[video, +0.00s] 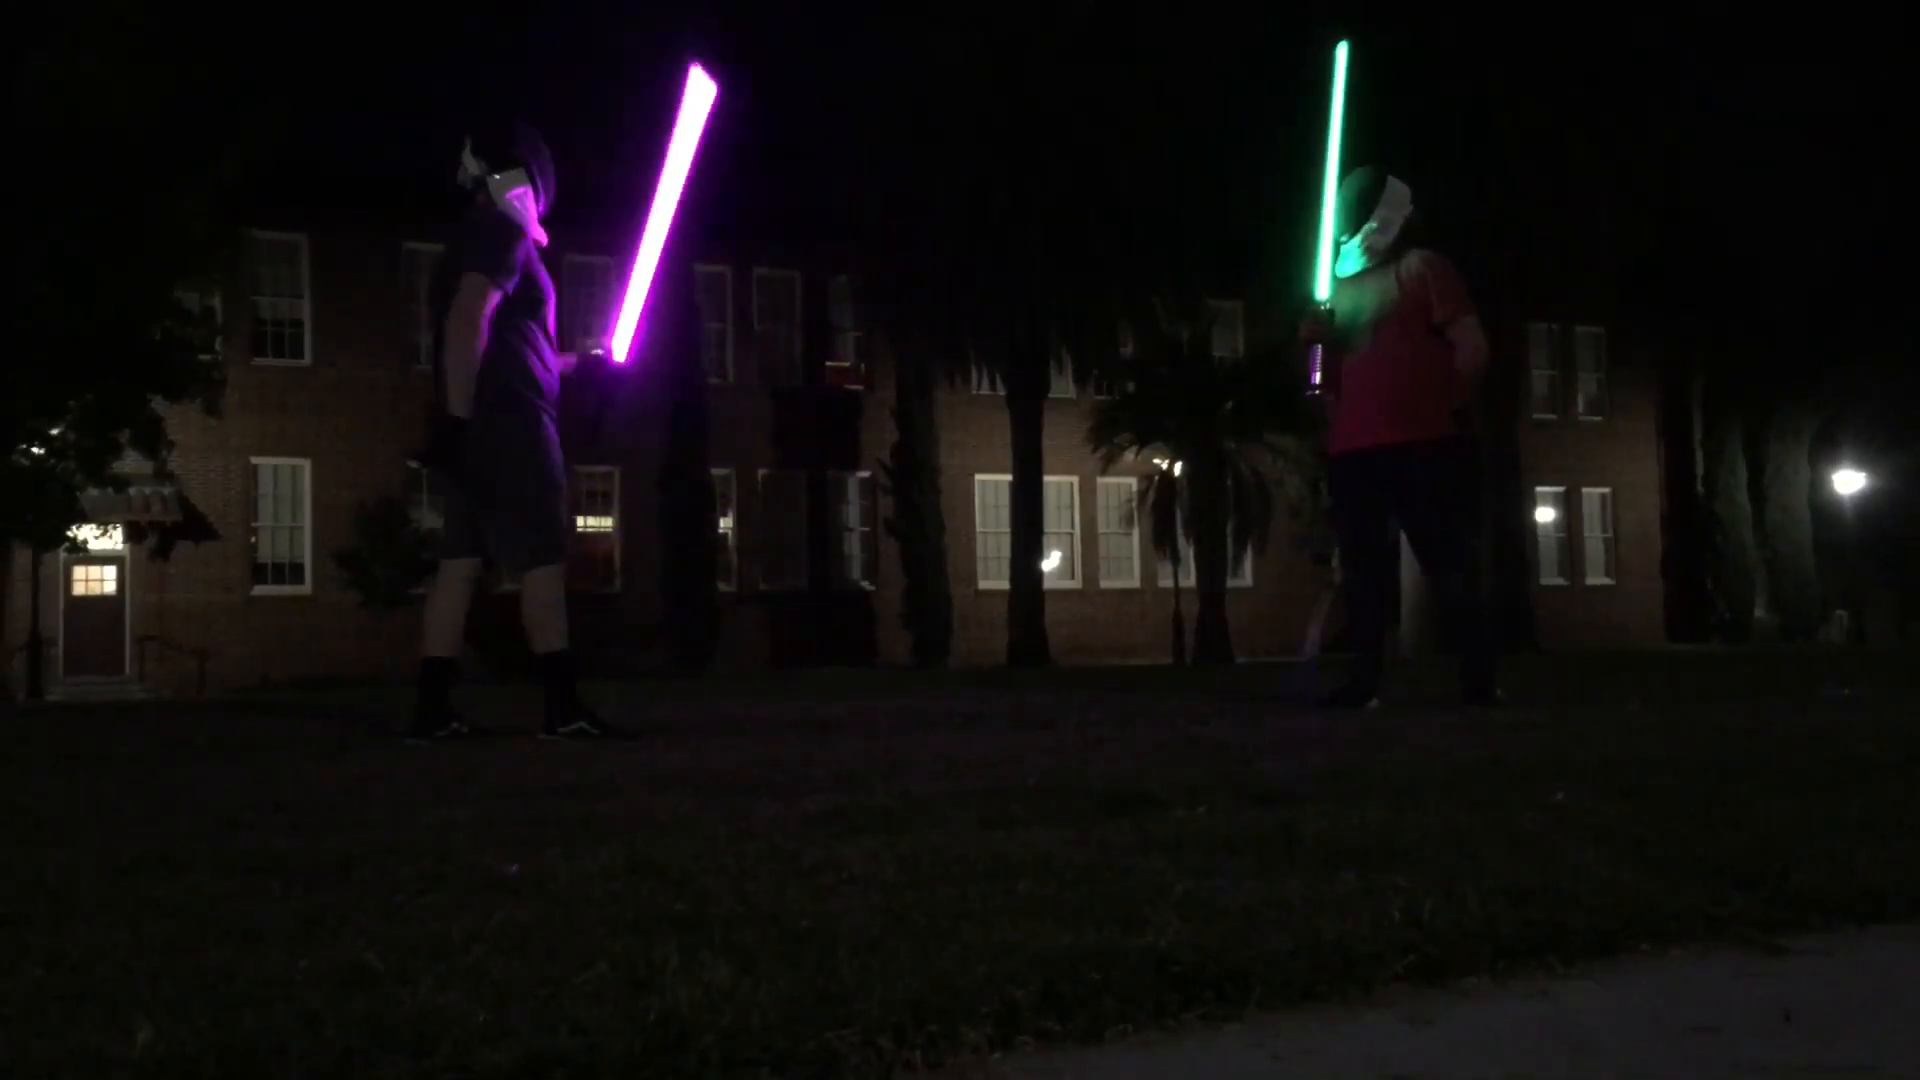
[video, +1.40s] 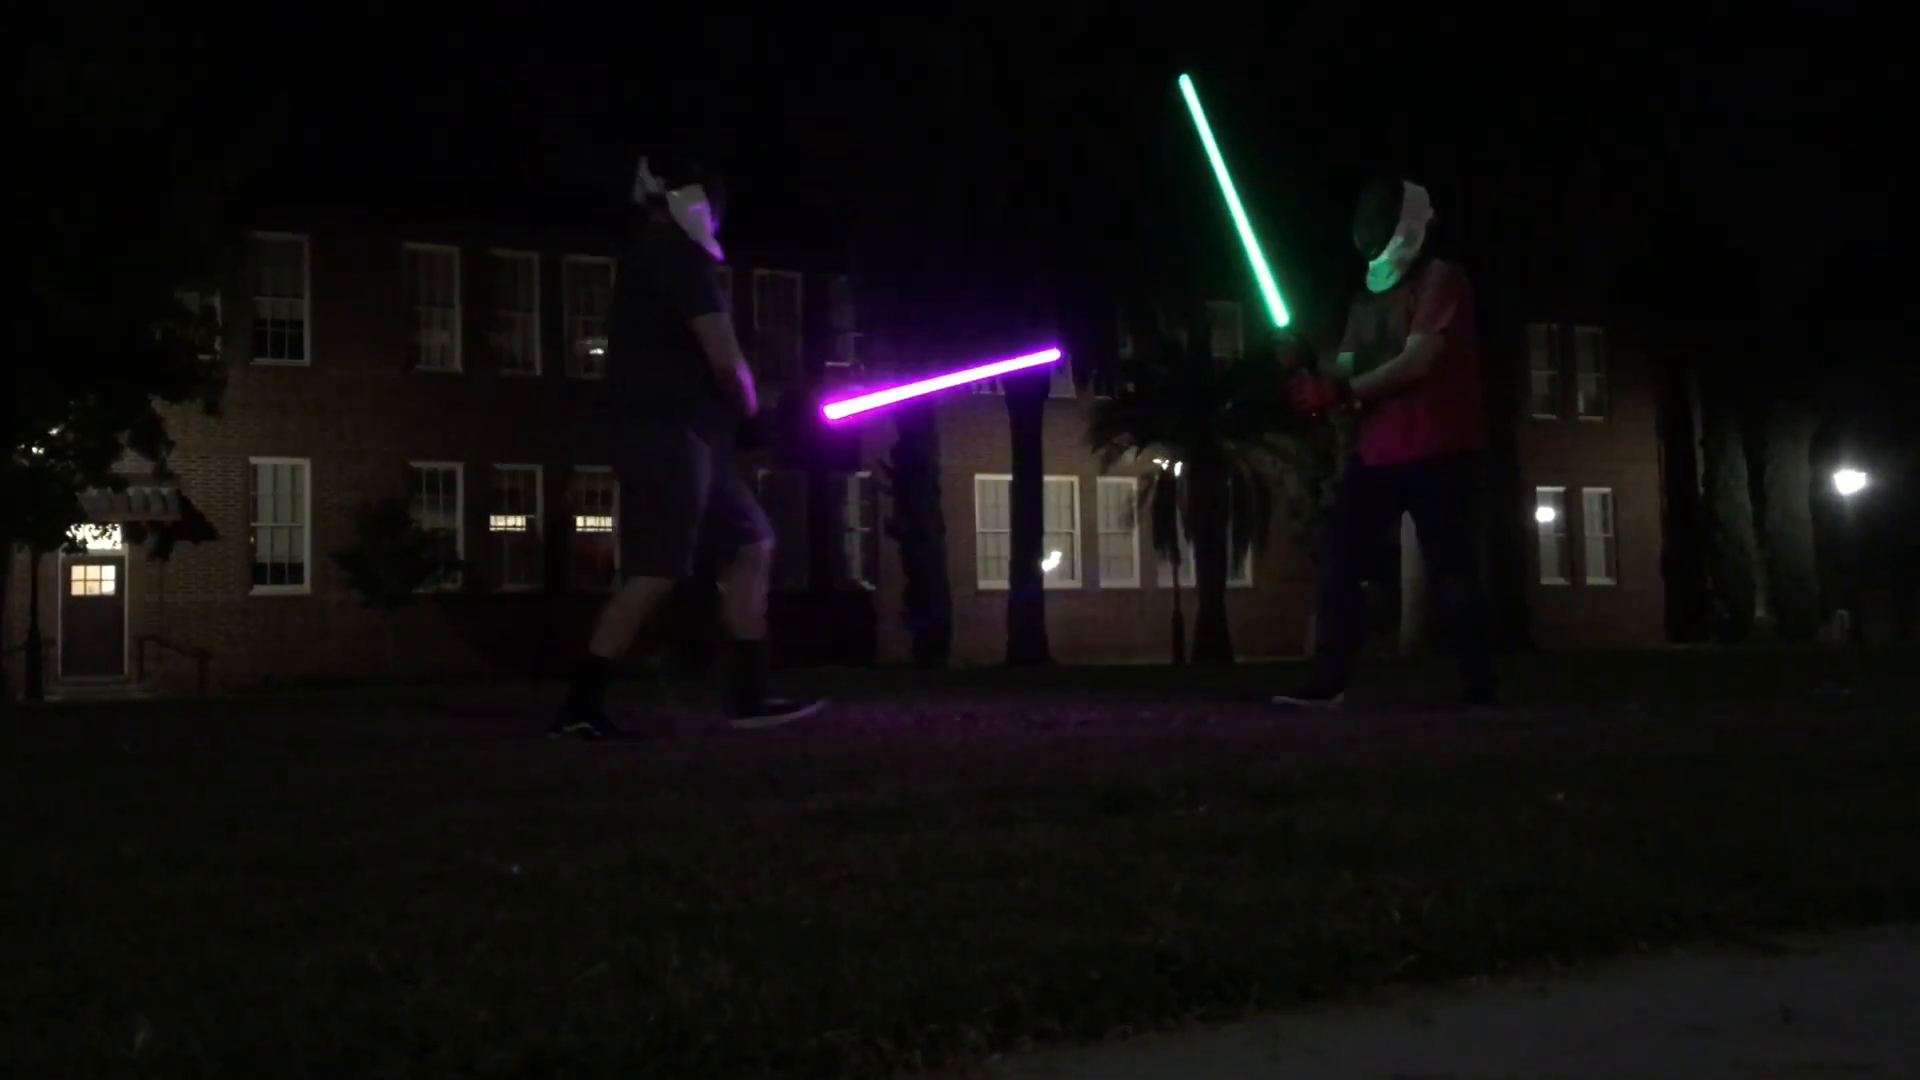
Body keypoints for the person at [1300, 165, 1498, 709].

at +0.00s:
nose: (1365, 233)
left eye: (1373, 221)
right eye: (1358, 222)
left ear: (1393, 220)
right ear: (1353, 223)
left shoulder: (1421, 271)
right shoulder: (1341, 284)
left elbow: (1470, 345)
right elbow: (1330, 372)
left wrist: (1439, 399)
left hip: (1422, 446)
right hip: (1356, 452)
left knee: (1449, 570)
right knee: (1364, 574)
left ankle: (1473, 678)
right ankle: (1360, 680)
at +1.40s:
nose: (1376, 249)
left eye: (1386, 235)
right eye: (1371, 239)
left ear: (1413, 231)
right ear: (1369, 238)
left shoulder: (1440, 283)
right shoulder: (1371, 300)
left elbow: (1419, 359)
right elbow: (1350, 362)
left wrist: (1348, 390)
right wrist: (1320, 382)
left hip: (1437, 455)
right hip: (1379, 456)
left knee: (1451, 570)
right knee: (1346, 561)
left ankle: (1476, 684)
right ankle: (1328, 679)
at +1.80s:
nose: (1368, 262)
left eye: (1382, 252)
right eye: (1366, 250)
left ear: (1407, 260)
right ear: (1360, 258)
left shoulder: (1425, 312)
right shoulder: (1350, 329)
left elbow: (1372, 372)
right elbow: (1316, 393)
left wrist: (1303, 415)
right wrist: (1254, 411)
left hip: (1434, 479)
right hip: (1373, 482)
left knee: (1473, 586)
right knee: (1319, 563)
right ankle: (1311, 682)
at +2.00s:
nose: (1449, 282)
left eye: (1460, 271)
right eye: (1450, 273)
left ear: (1485, 274)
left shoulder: (1502, 310)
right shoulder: (1441, 330)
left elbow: (1431, 331)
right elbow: (1406, 398)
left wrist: (1367, 343)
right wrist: (1338, 392)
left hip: (1495, 482)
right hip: (1436, 485)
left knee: (1548, 598)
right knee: (1373, 584)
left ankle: (1640, 688)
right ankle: (1317, 690)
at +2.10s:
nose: (1491, 275)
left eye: (1502, 266)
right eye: (1486, 267)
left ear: (1527, 262)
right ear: (1484, 271)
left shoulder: (1554, 301)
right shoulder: (1474, 325)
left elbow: (1499, 277)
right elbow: (1444, 359)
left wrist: (1430, 280)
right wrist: (1398, 341)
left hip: (1550, 466)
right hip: (1484, 471)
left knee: (1587, 586)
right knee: (1431, 580)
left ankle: (1644, 687)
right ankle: (1361, 678)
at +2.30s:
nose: (1564, 226)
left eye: (1573, 217)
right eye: (1553, 220)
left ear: (1580, 222)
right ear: (1540, 229)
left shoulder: (1602, 254)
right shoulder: (1522, 280)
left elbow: (1579, 184)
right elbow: (1494, 245)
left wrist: (1516, 154)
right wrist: (1474, 181)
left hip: (1614, 412)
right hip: (1548, 419)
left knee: (1642, 551)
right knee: (1542, 555)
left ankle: (1650, 674)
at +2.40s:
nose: (1596, 222)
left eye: (1600, 210)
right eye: (1584, 214)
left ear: (1607, 215)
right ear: (1566, 223)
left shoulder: (1633, 252)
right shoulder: (1543, 272)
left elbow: (1616, 181)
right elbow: (1500, 215)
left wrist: (1566, 131)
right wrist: (1497, 149)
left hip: (1644, 421)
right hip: (1576, 427)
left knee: (1690, 526)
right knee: (1572, 560)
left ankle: (1695, 653)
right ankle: (1573, 679)